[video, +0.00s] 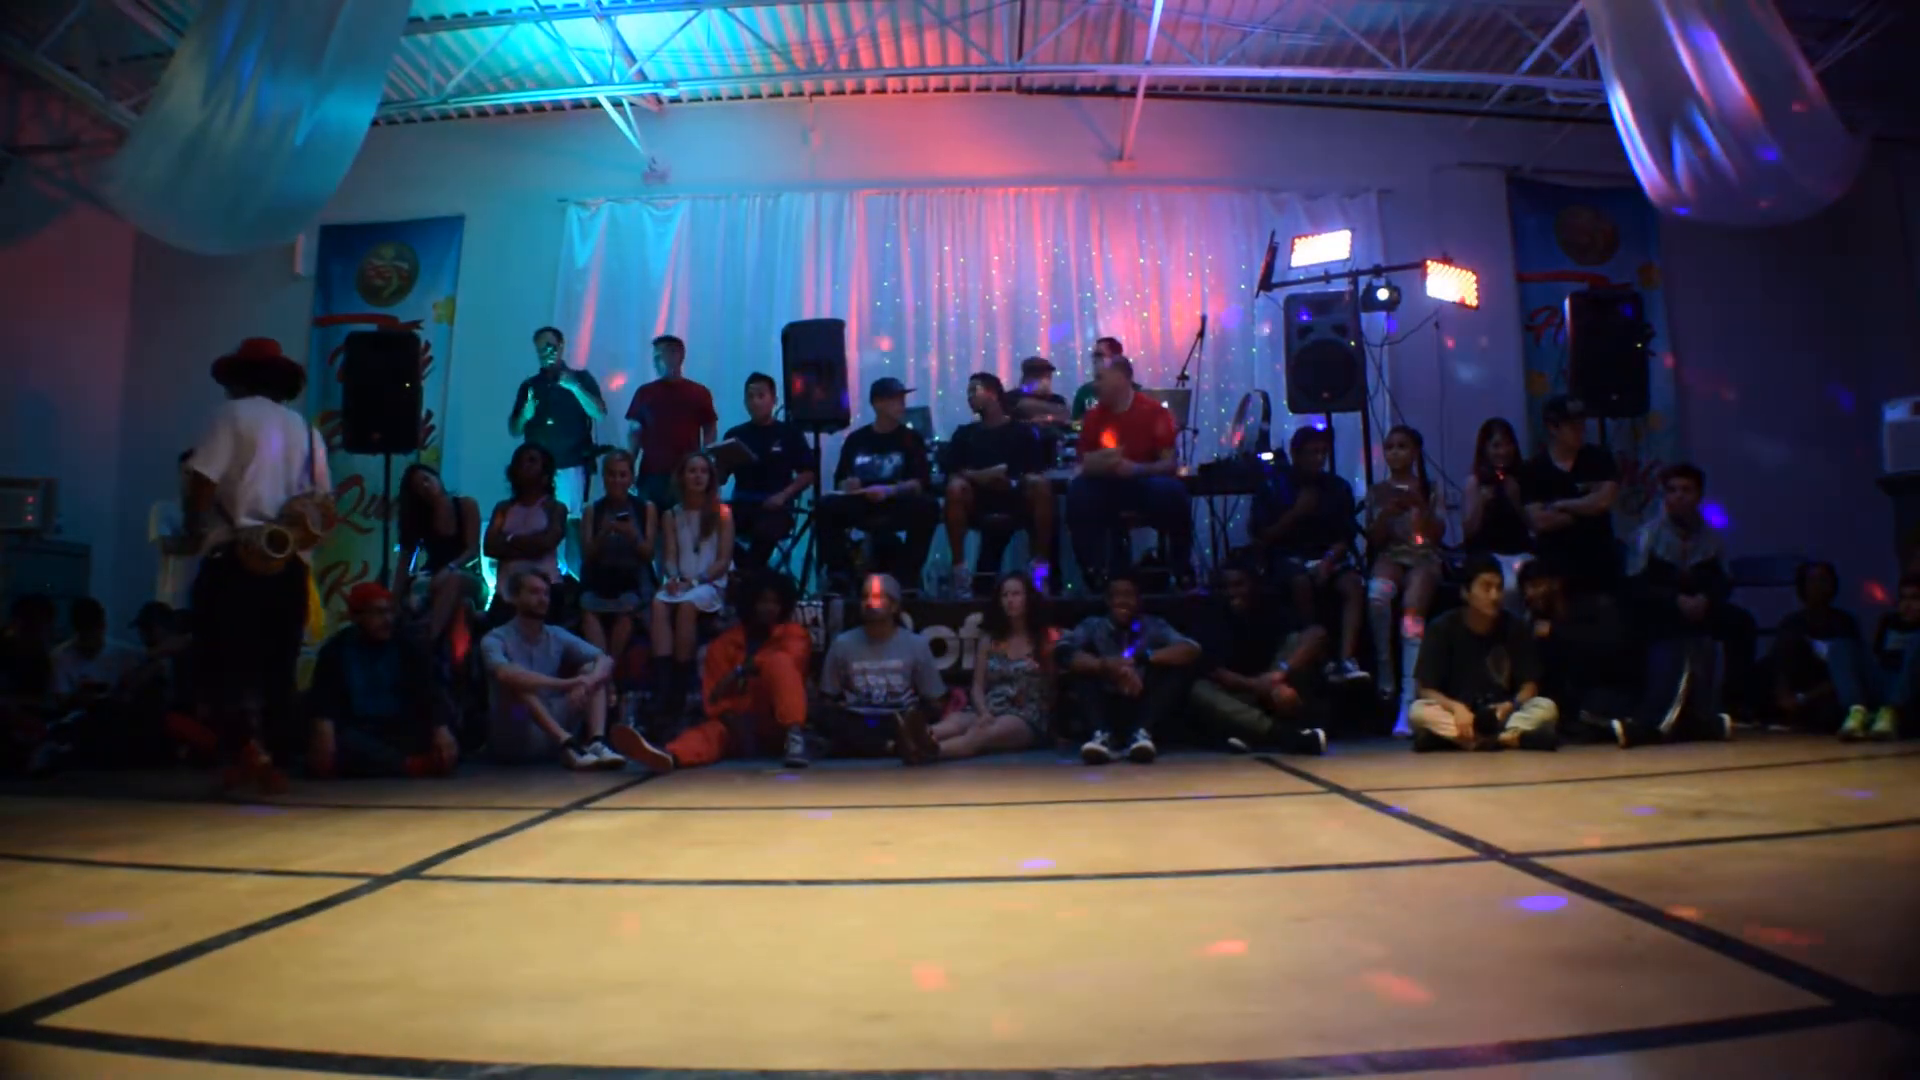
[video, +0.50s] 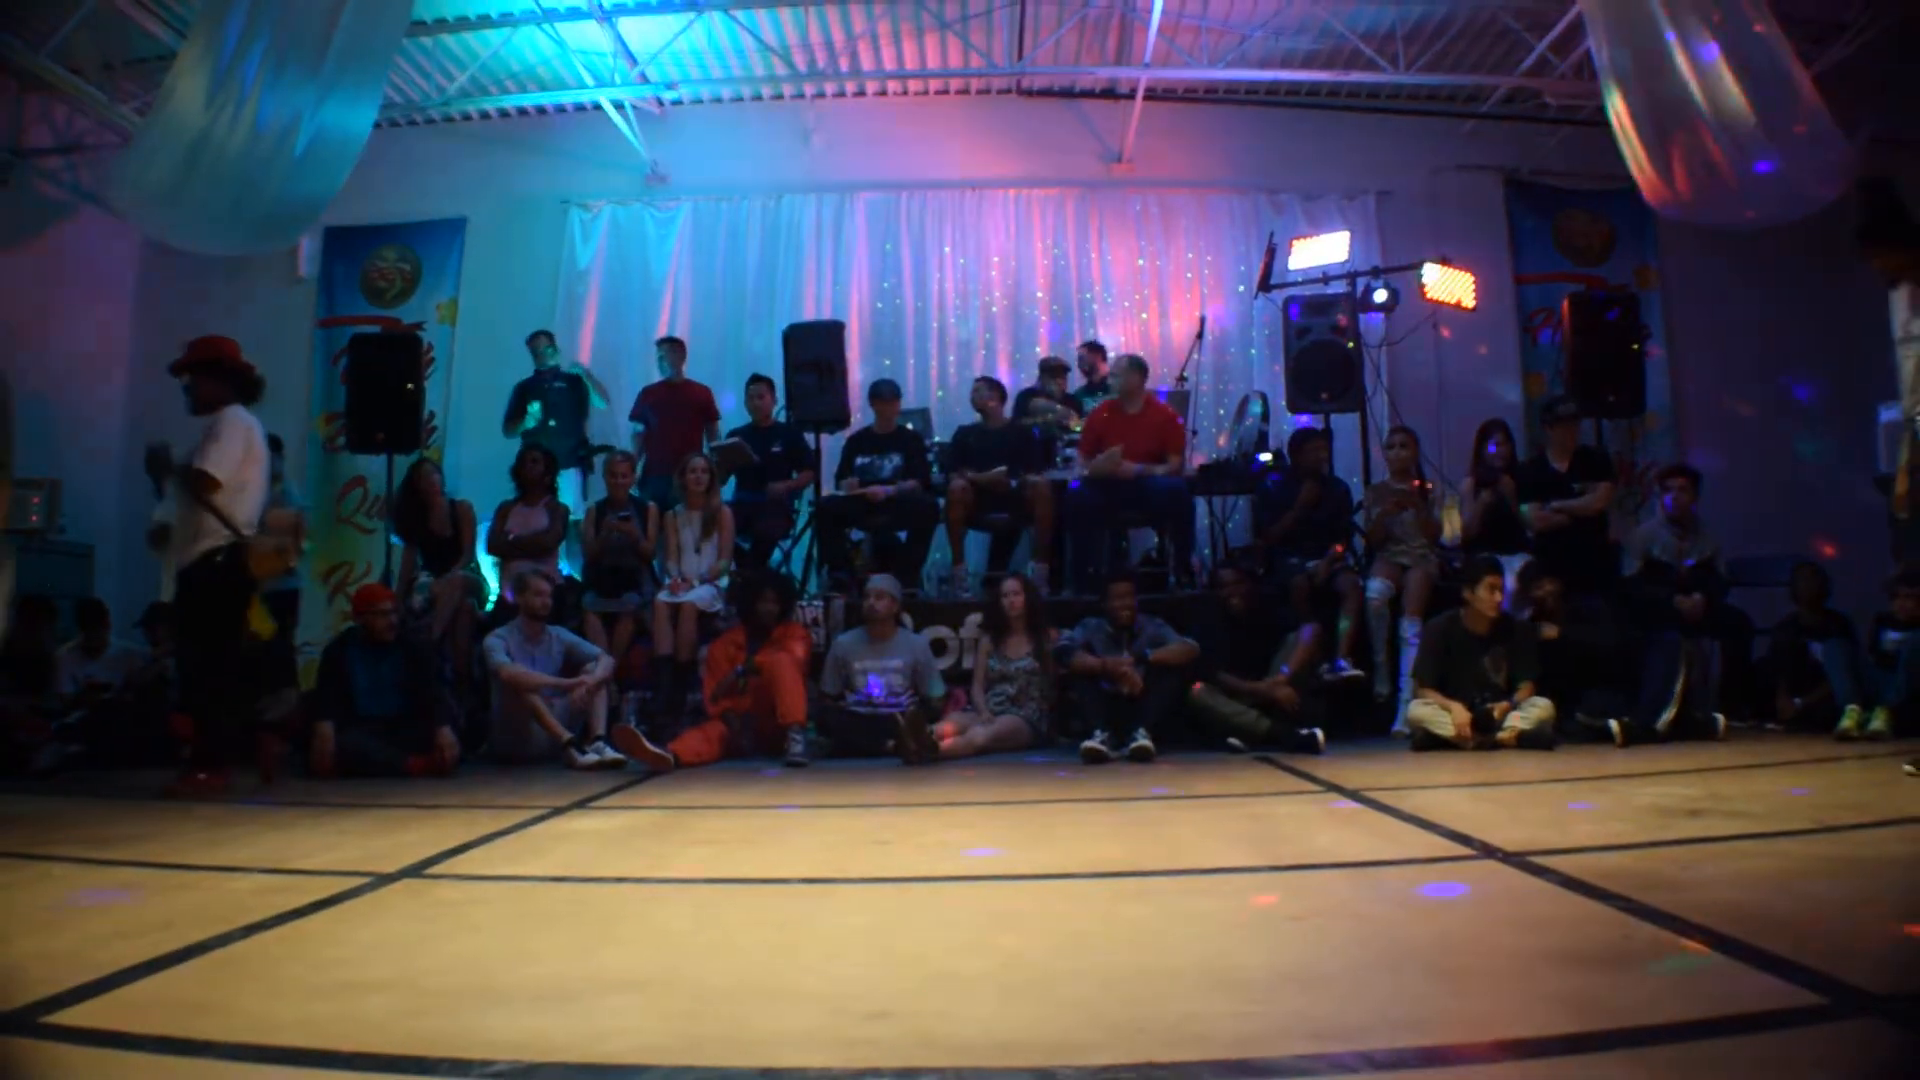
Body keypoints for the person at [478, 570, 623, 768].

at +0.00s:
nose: (543, 599)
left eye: (546, 593)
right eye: (534, 592)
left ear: (550, 597)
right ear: (515, 597)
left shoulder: (556, 635)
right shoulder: (495, 639)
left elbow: (606, 660)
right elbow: (505, 674)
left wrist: (587, 683)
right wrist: (566, 684)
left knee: (593, 669)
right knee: (517, 682)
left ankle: (597, 743)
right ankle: (567, 744)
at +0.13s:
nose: (545, 597)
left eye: (546, 591)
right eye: (536, 592)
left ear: (550, 594)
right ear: (515, 598)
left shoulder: (555, 635)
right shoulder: (495, 640)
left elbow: (605, 661)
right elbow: (504, 674)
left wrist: (589, 682)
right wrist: (568, 684)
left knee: (594, 673)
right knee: (517, 683)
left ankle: (596, 743)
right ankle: (567, 746)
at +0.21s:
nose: (545, 598)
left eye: (547, 592)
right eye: (536, 592)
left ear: (551, 595)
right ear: (515, 598)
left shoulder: (556, 635)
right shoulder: (495, 639)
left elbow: (605, 661)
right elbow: (504, 674)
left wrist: (588, 683)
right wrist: (568, 684)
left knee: (592, 670)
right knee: (517, 682)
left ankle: (596, 743)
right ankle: (566, 746)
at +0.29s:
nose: (546, 598)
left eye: (548, 592)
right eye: (537, 592)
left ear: (552, 595)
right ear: (517, 598)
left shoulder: (557, 635)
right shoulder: (496, 639)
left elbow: (606, 660)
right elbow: (505, 674)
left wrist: (590, 682)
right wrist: (569, 684)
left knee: (594, 672)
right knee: (518, 681)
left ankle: (597, 743)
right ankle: (566, 746)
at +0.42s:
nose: (547, 600)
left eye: (549, 594)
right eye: (538, 594)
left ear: (553, 596)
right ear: (519, 598)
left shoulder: (558, 635)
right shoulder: (498, 639)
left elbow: (607, 660)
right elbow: (507, 674)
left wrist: (590, 682)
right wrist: (569, 684)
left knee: (594, 669)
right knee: (519, 682)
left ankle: (598, 742)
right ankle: (568, 745)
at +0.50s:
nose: (546, 602)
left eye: (549, 596)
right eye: (539, 595)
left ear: (553, 598)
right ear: (519, 598)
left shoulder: (558, 635)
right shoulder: (498, 639)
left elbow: (607, 660)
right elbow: (508, 674)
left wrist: (590, 682)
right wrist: (569, 684)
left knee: (594, 669)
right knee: (520, 683)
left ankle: (598, 742)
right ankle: (569, 746)